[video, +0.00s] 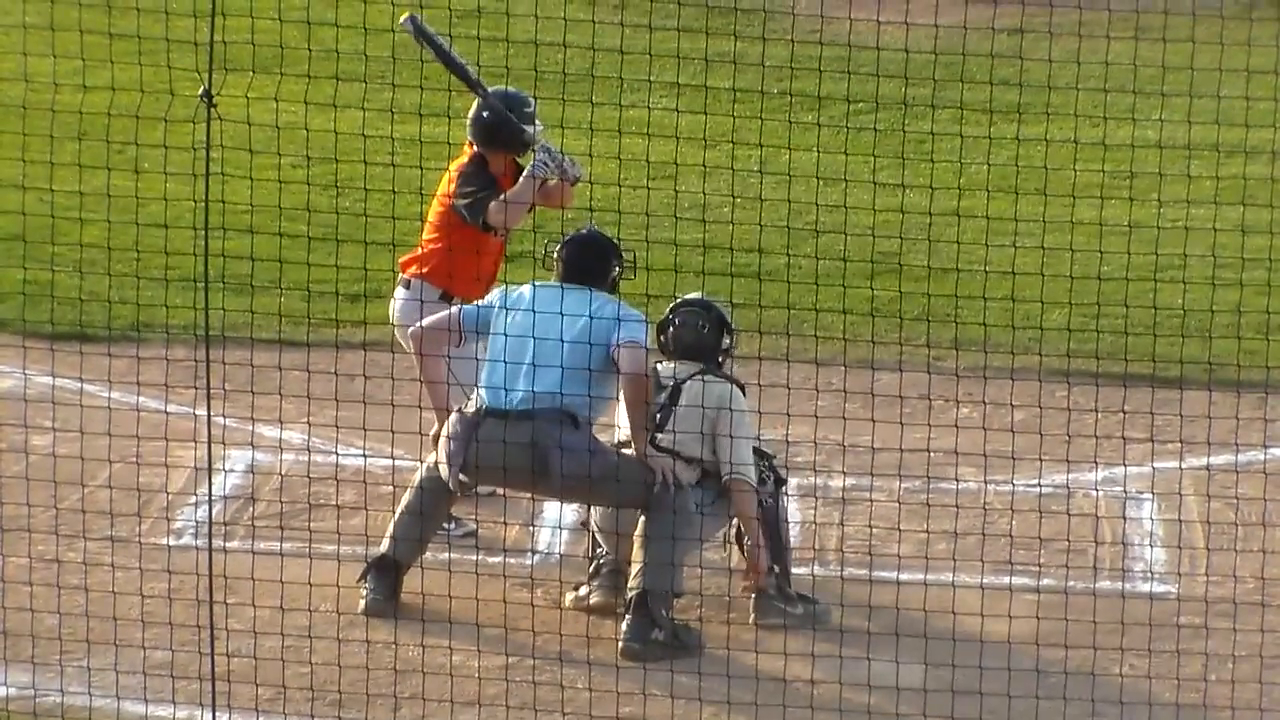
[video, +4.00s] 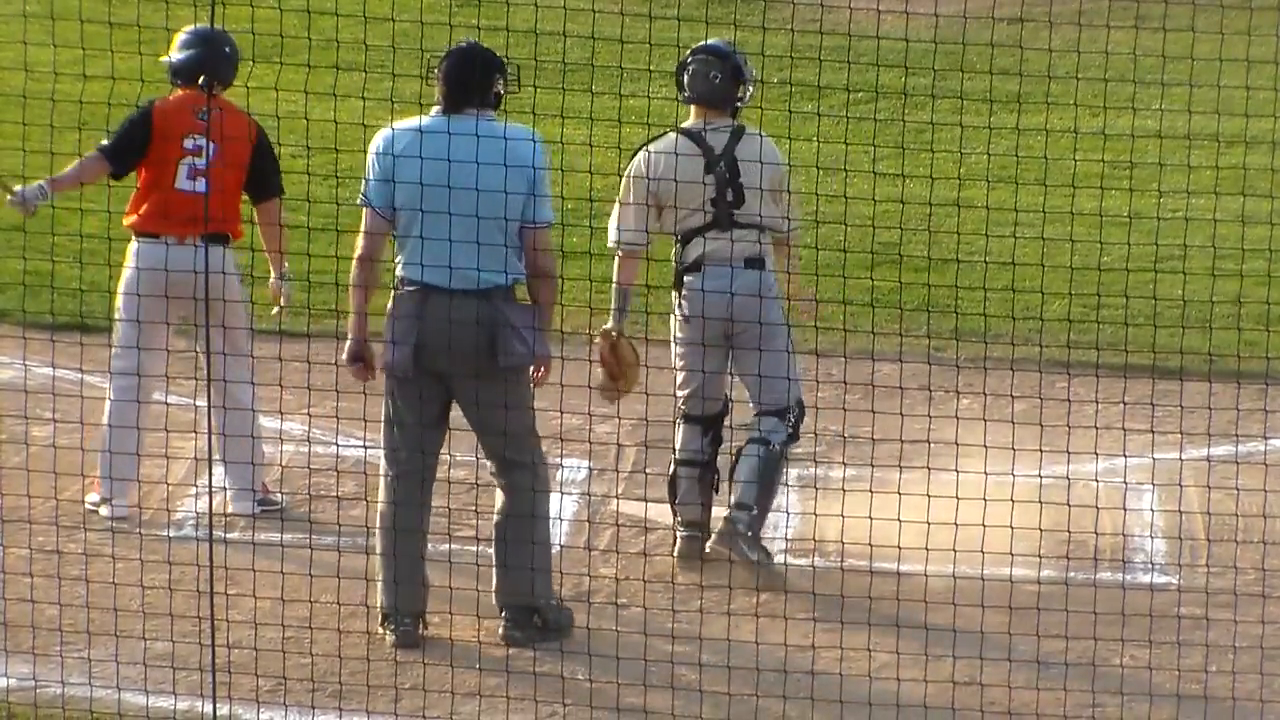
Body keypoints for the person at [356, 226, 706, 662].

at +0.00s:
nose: (616, 280)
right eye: (614, 272)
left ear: (557, 268)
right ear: (609, 277)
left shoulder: (509, 297)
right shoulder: (621, 314)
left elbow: (426, 333)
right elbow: (633, 368)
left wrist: (443, 411)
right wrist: (641, 444)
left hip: (478, 441)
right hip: (559, 449)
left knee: (439, 473)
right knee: (666, 489)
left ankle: (382, 577)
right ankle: (647, 617)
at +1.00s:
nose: (621, 285)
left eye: (616, 275)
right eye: (619, 276)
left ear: (560, 273)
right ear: (612, 281)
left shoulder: (515, 302)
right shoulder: (623, 316)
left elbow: (427, 336)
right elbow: (638, 369)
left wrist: (449, 414)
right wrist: (646, 442)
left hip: (483, 443)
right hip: (562, 448)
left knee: (446, 471)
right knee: (677, 496)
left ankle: (383, 576)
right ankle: (649, 619)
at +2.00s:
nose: (517, 134)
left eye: (511, 126)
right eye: (515, 127)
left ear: (456, 129)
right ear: (509, 131)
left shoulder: (408, 176)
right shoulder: (532, 183)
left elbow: (375, 277)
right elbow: (543, 272)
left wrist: (399, 335)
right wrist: (554, 358)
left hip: (420, 336)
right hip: (496, 337)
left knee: (408, 447)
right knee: (572, 461)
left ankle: (378, 578)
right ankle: (581, 597)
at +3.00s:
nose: (542, 93)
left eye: (538, 84)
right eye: (541, 85)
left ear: (481, 86)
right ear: (534, 90)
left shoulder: (433, 136)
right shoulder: (560, 148)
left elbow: (412, 243)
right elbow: (575, 258)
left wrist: (420, 316)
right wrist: (600, 335)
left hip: (440, 317)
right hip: (515, 323)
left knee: (429, 452)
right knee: (524, 463)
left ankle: (403, 603)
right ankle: (504, 604)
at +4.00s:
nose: (498, 97)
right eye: (499, 89)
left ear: (438, 88)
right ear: (495, 92)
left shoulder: (394, 141)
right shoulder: (523, 146)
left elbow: (368, 250)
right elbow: (539, 254)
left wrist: (358, 329)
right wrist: (542, 332)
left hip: (414, 323)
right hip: (492, 325)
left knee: (406, 470)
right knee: (521, 467)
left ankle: (402, 613)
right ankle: (525, 607)